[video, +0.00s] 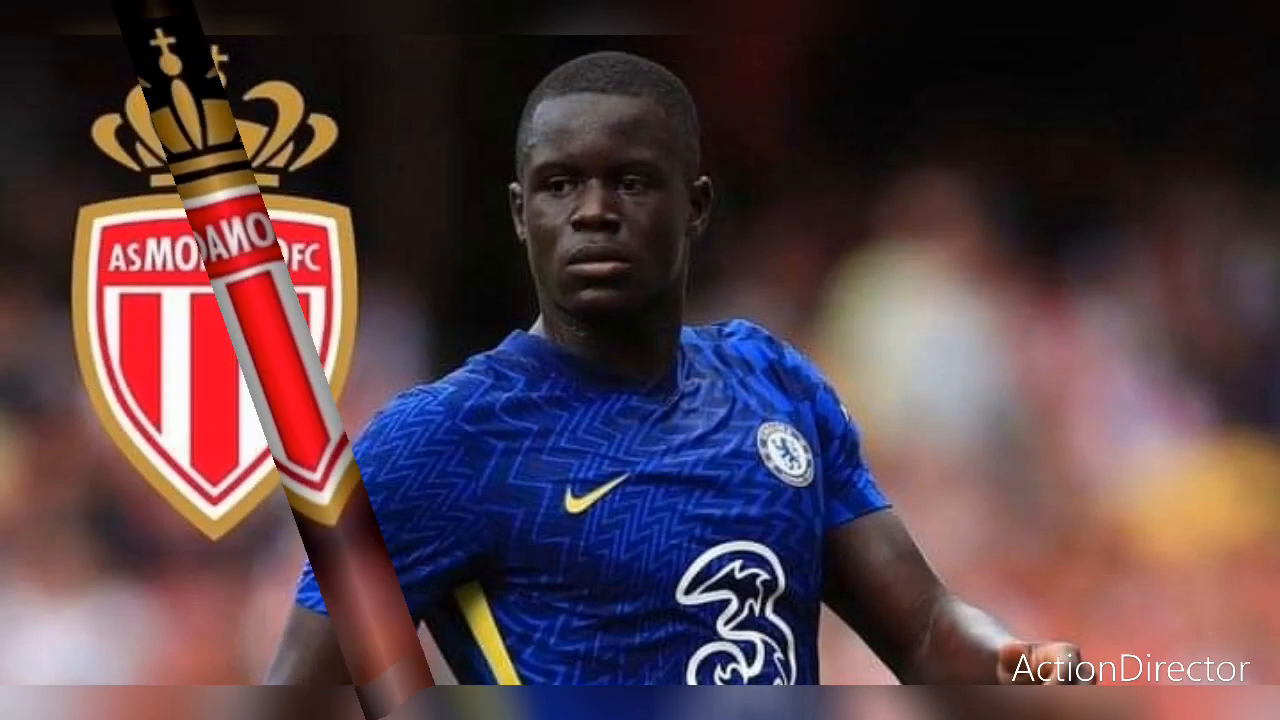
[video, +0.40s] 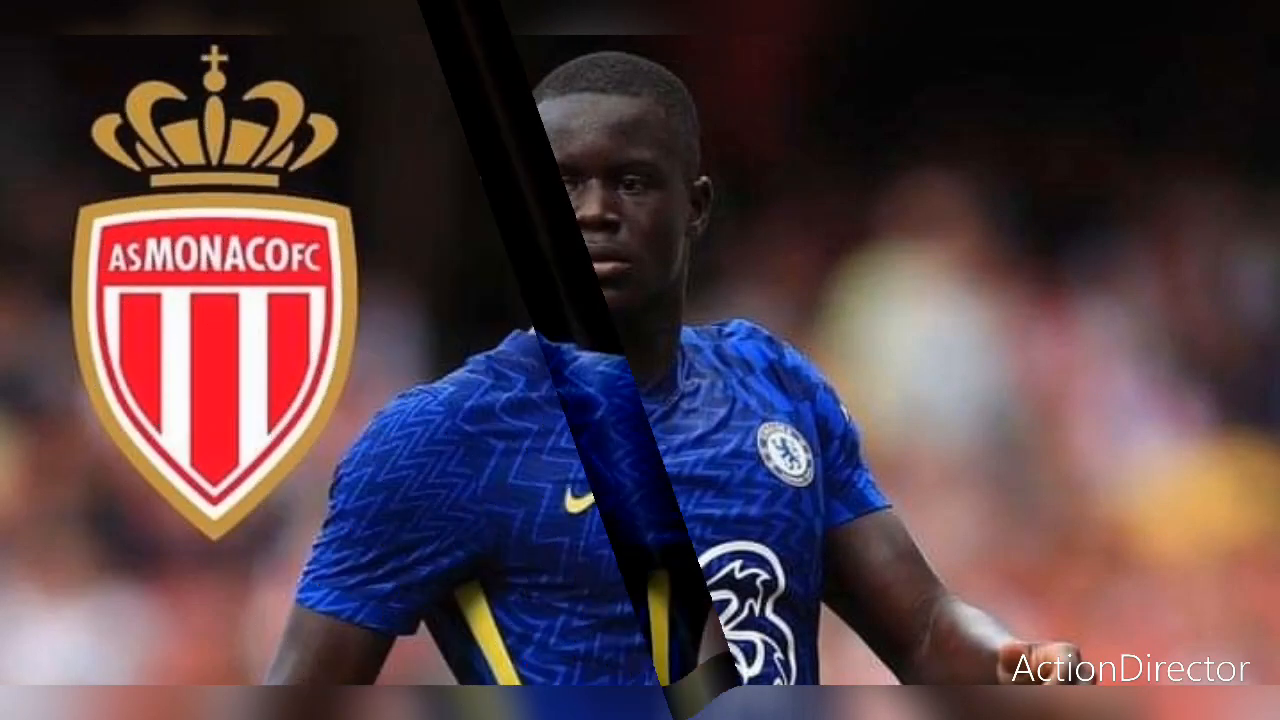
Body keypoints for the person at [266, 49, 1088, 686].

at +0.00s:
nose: (595, 209)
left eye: (633, 179)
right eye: (560, 181)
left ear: (697, 210)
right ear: (523, 215)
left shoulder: (771, 385)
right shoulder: (437, 440)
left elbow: (921, 626)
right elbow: (297, 689)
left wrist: (1017, 673)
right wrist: (398, 694)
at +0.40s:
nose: (594, 210)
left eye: (631, 180)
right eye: (563, 181)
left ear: (697, 207)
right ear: (525, 203)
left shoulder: (774, 389)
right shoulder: (435, 442)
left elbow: (920, 626)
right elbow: (301, 691)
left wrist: (1015, 670)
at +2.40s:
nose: (595, 210)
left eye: (633, 178)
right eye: (560, 181)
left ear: (697, 209)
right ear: (522, 216)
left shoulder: (770, 385)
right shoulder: (433, 444)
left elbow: (921, 626)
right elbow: (301, 691)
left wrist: (1021, 675)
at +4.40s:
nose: (596, 210)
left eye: (633, 178)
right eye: (560, 181)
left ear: (696, 207)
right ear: (522, 215)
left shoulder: (770, 385)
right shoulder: (433, 444)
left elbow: (921, 625)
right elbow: (301, 690)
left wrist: (1017, 673)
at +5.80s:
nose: (644, 218)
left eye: (680, 190)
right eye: (612, 193)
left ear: (739, 219)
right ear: (577, 223)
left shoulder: (807, 382)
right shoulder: (492, 439)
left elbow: (950, 608)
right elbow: (366, 682)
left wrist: (1045, 656)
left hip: (818, 705)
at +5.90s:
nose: (741, 225)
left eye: (774, 197)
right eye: (708, 199)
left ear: (831, 224)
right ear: (674, 228)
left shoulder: (897, 383)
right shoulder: (594, 437)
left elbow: (1032, 597)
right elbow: (474, 663)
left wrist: (1116, 641)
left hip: (906, 683)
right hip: (736, 697)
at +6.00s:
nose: (922, 234)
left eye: (954, 206)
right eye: (893, 209)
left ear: (1010, 232)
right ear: (857, 239)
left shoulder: (1072, 382)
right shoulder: (786, 431)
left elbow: (1204, 586)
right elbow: (668, 655)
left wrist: (1273, 628)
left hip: (1092, 691)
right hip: (904, 690)